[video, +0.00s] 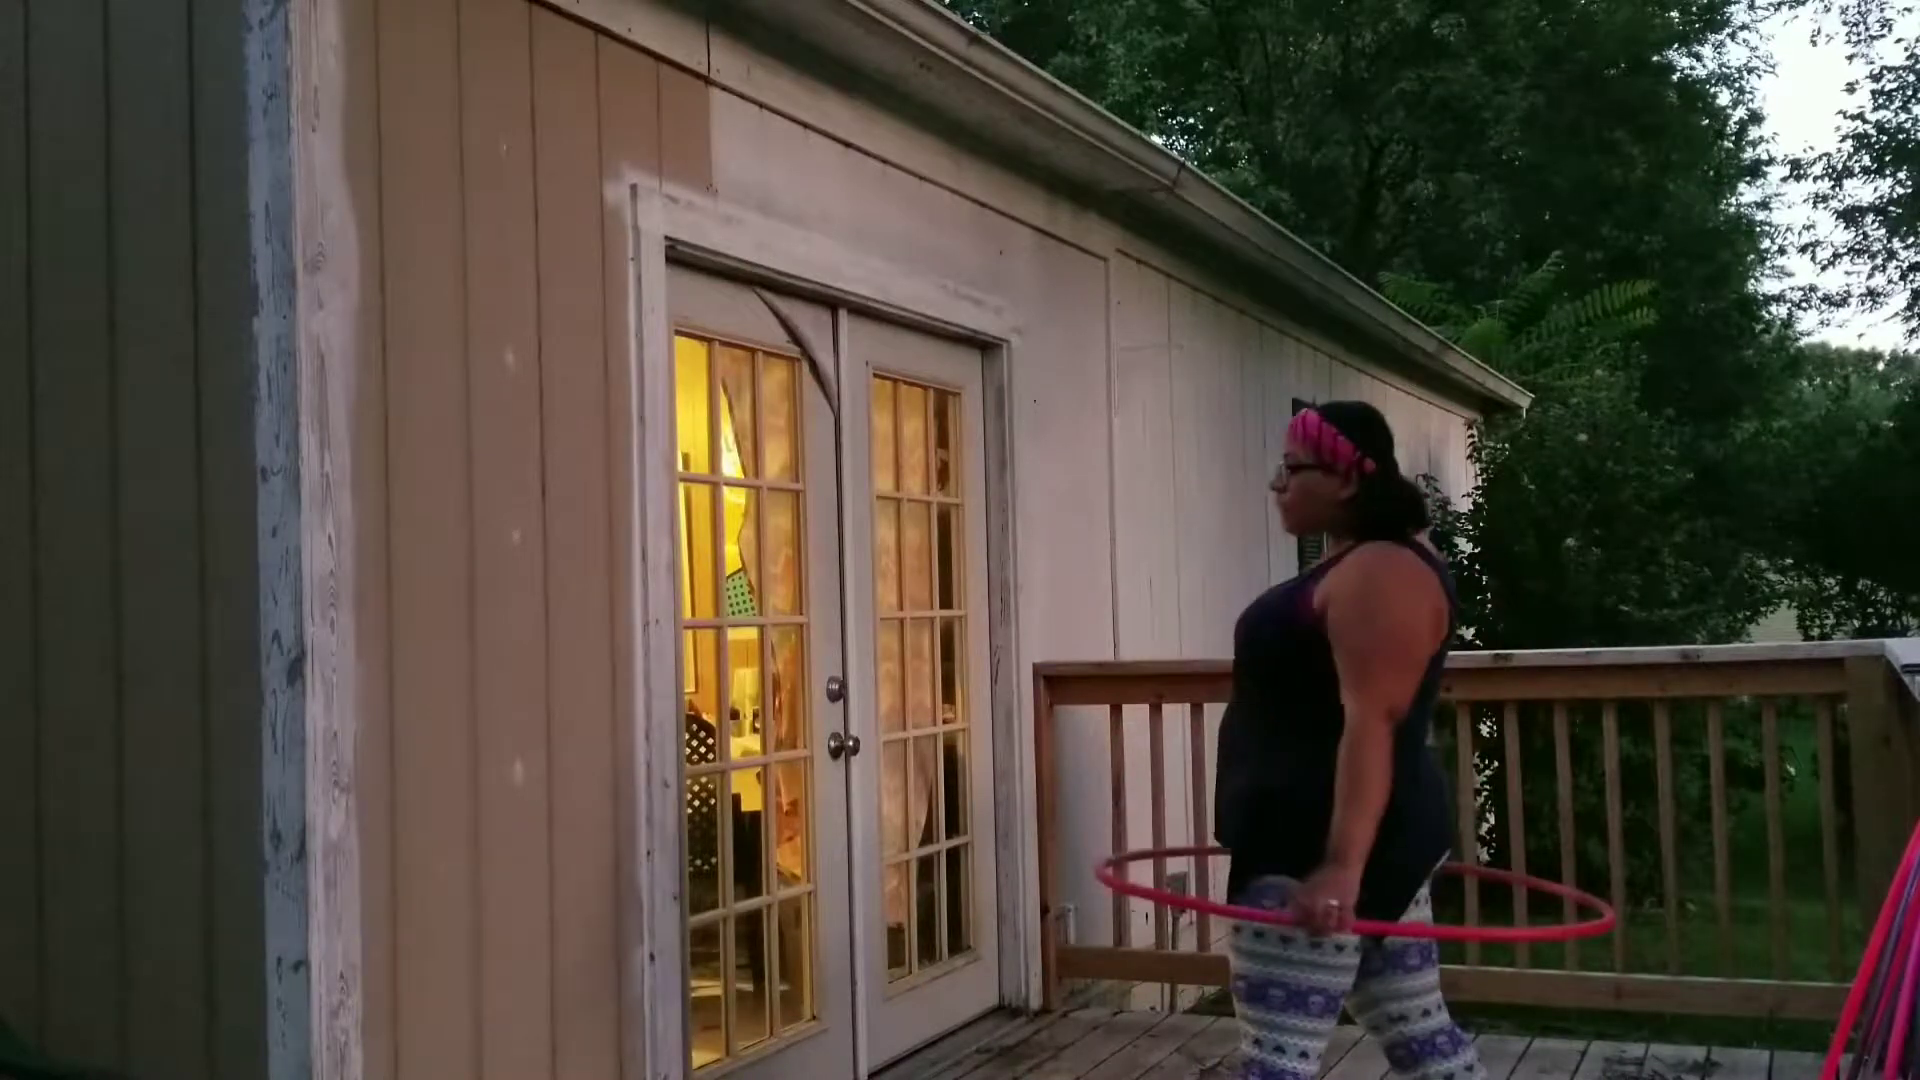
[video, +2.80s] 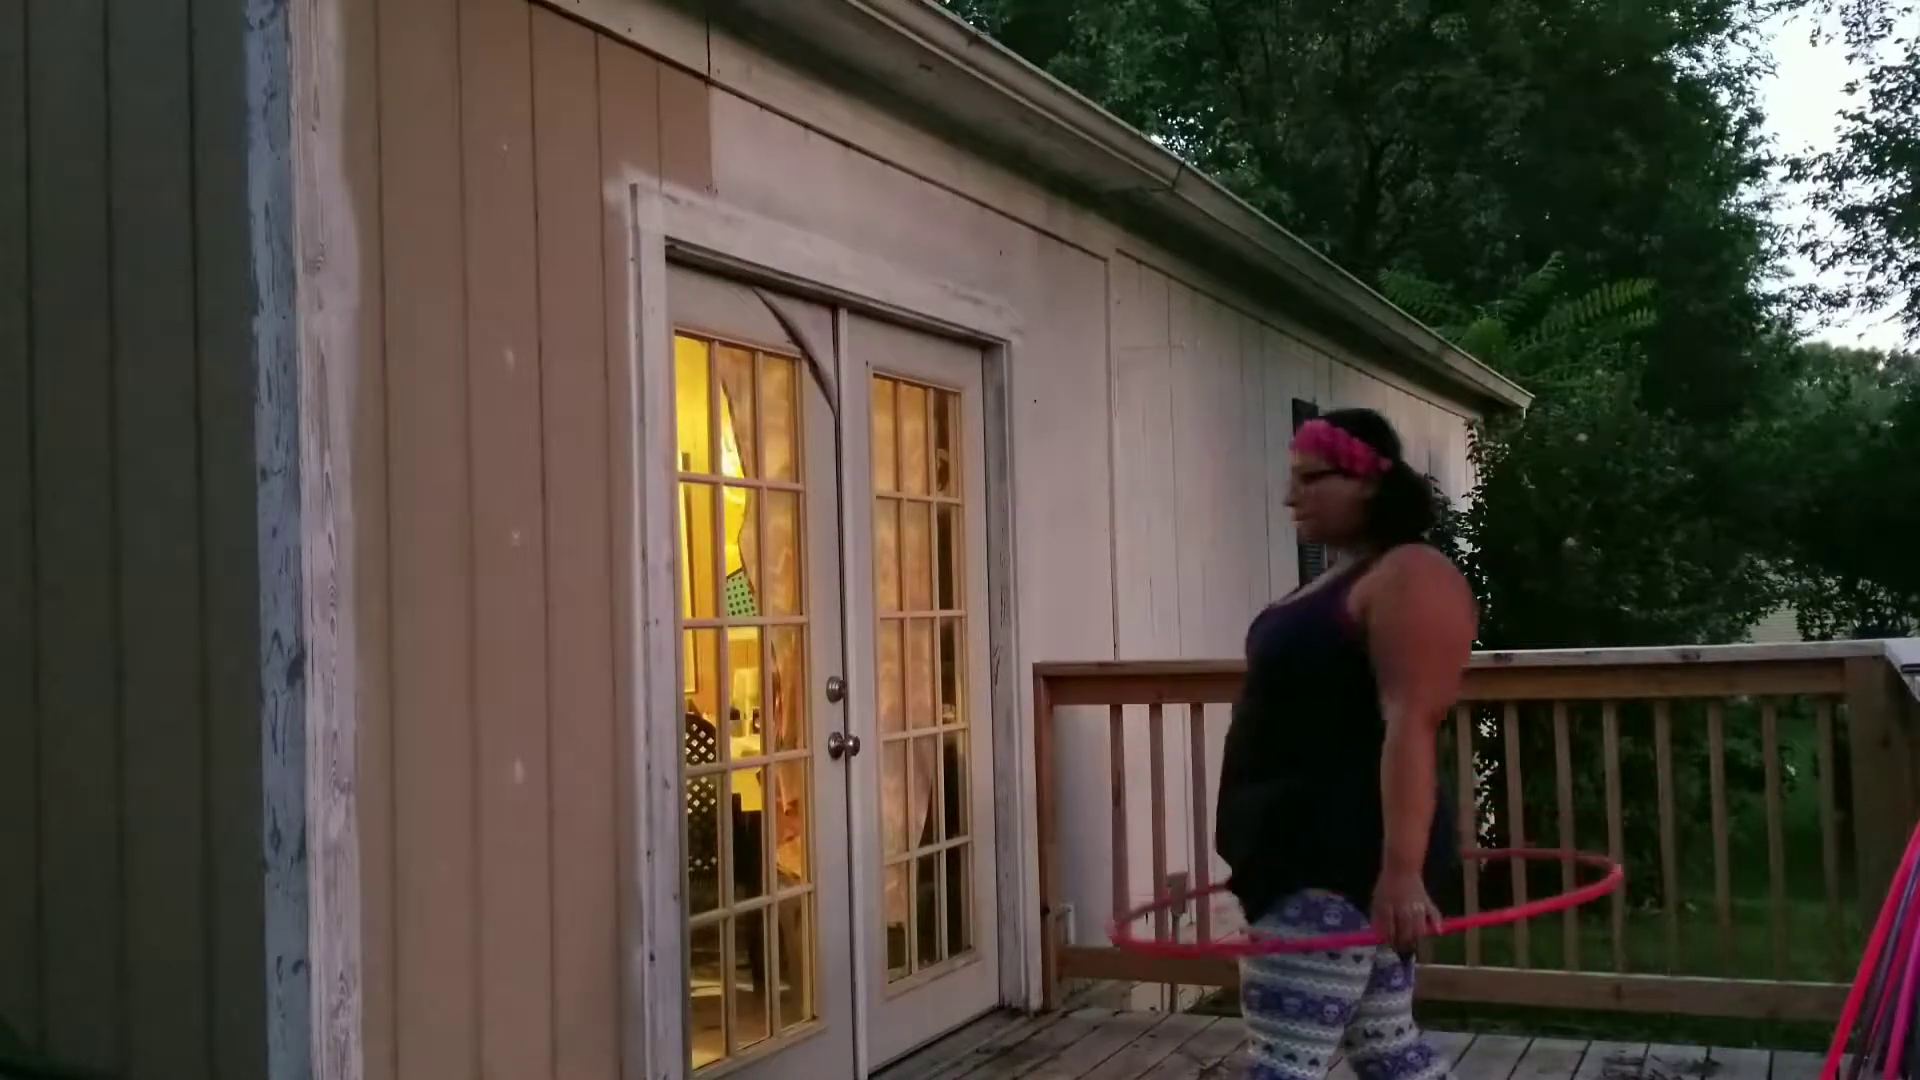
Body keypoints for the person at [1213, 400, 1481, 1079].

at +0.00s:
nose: (1277, 482)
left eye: (1293, 468)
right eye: (1281, 466)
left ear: (1346, 481)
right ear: (1350, 481)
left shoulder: (1379, 572)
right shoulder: (1378, 562)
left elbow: (1373, 722)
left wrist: (1342, 864)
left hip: (1305, 859)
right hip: (1372, 855)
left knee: (1274, 1063)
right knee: (1425, 1043)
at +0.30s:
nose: (1206, 503)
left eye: (1222, 486)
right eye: (1206, 488)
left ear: (1277, 482)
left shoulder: (1323, 537)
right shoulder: (1286, 563)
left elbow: (1409, 637)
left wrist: (1361, 781)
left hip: (1313, 850)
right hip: (1365, 844)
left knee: (1280, 1061)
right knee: (1427, 1041)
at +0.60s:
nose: (1136, 571)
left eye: (1140, 550)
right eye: (1129, 556)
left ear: (1183, 520)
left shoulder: (1259, 551)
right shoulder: (1221, 597)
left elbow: (1401, 580)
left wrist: (1356, 711)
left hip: (1320, 847)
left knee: (1283, 1062)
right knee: (1419, 1039)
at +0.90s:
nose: (1160, 610)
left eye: (1157, 591)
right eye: (1150, 597)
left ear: (1183, 555)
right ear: (1184, 555)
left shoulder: (1281, 560)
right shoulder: (1232, 624)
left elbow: (1389, 657)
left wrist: (1362, 811)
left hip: (1330, 868)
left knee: (1284, 1063)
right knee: (1398, 1047)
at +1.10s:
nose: (1225, 592)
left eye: (1227, 571)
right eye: (1217, 578)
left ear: (1263, 538)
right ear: (1265, 542)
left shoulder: (1356, 565)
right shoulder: (1291, 605)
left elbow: (1375, 715)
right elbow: (1294, 746)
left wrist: (1380, 862)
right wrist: (1275, 878)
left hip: (1344, 883)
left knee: (1296, 1062)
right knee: (1388, 1051)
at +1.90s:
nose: (1195, 500)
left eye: (1212, 482)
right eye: (1198, 484)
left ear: (1268, 489)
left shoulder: (1320, 556)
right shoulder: (1263, 578)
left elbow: (1448, 633)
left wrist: (1396, 771)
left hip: (1323, 867)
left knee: (1282, 1063)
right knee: (1394, 1051)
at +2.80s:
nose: (1293, 495)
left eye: (1309, 478)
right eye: (1292, 479)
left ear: (1365, 482)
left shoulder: (1412, 573)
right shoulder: (1335, 581)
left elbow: (1411, 723)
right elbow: (1312, 734)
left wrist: (1402, 869)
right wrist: (1260, 863)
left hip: (1331, 876)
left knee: (1284, 1063)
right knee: (1389, 1051)